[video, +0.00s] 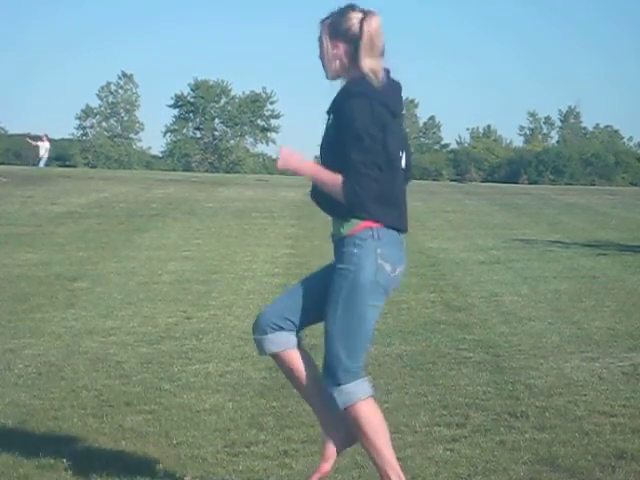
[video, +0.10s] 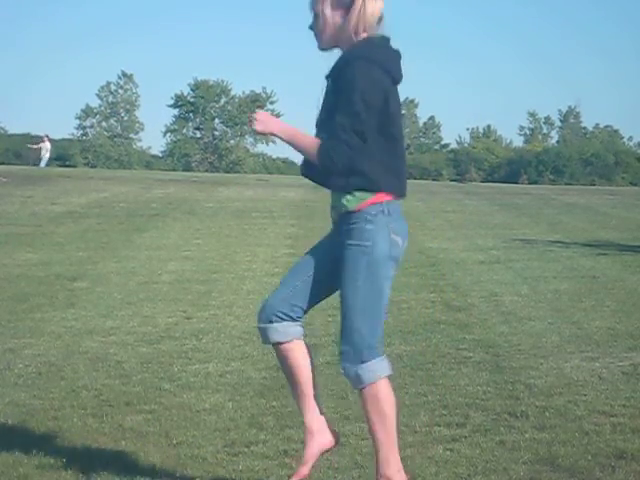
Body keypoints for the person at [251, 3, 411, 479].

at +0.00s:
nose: (319, 54)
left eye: (324, 45)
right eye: (321, 45)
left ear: (344, 48)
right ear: (352, 48)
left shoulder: (358, 98)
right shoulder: (378, 95)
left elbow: (364, 189)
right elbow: (400, 172)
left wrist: (305, 168)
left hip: (367, 248)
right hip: (372, 246)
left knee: (344, 377)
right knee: (272, 325)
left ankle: (395, 474)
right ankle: (334, 425)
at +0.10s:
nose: (312, 20)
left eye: (317, 10)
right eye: (313, 11)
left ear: (348, 9)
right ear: (349, 12)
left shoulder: (362, 65)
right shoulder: (355, 66)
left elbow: (344, 161)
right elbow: (353, 161)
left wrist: (282, 130)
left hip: (373, 225)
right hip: (351, 225)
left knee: (363, 357)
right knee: (278, 314)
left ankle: (391, 470)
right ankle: (315, 429)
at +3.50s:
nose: (169, 32)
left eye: (171, 26)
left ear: (174, 32)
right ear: (216, 35)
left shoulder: (159, 65)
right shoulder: (242, 84)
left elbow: (105, 53)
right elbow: (273, 150)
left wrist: (48, 55)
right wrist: (239, 174)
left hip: (179, 231)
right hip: (229, 230)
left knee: (132, 355)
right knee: (229, 347)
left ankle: (103, 468)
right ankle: (250, 463)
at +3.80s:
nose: (173, 75)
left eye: (175, 67)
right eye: (177, 66)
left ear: (184, 71)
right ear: (219, 74)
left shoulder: (181, 119)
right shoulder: (236, 116)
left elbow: (196, 198)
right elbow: (290, 192)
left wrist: (155, 193)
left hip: (229, 273)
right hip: (267, 259)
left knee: (160, 383)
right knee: (275, 377)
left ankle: (205, 476)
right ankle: (333, 474)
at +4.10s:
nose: (192, 44)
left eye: (196, 34)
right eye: (191, 35)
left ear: (218, 34)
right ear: (227, 34)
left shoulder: (235, 75)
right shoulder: (228, 76)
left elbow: (197, 142)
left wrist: (131, 137)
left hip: (264, 230)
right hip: (236, 233)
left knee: (266, 355)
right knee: (211, 354)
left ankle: (310, 470)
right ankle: (225, 464)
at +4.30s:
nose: (218, 70)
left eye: (230, 62)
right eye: (217, 61)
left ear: (261, 70)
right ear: (219, 67)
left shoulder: (275, 119)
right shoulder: (224, 122)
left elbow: (300, 201)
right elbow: (223, 193)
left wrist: (237, 172)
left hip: (277, 270)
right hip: (233, 276)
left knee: (296, 390)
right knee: (191, 391)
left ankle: (345, 475)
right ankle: (230, 474)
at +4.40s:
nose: (238, 52)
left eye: (249, 43)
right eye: (233, 43)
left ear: (276, 46)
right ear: (226, 46)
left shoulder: (292, 90)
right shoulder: (217, 98)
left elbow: (313, 159)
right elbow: (188, 164)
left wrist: (243, 182)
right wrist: (202, 188)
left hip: (284, 241)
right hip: (235, 249)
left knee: (307, 368)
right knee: (209, 367)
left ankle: (344, 473)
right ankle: (227, 468)